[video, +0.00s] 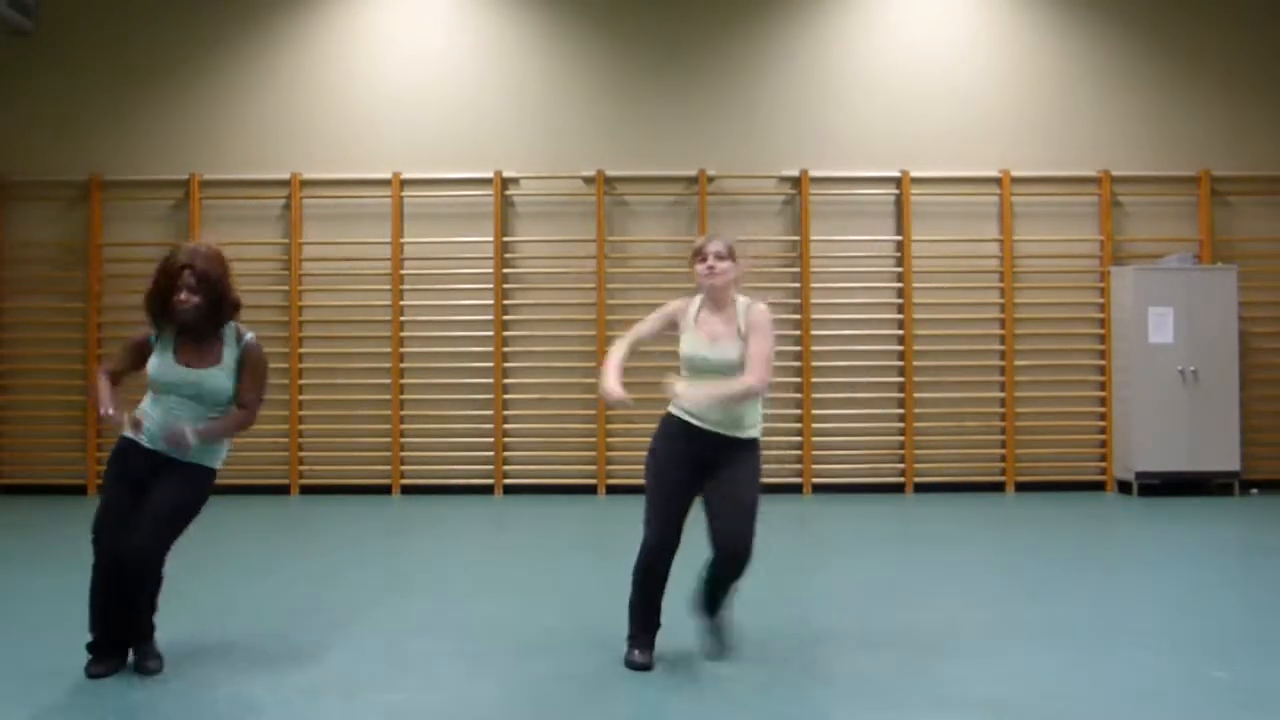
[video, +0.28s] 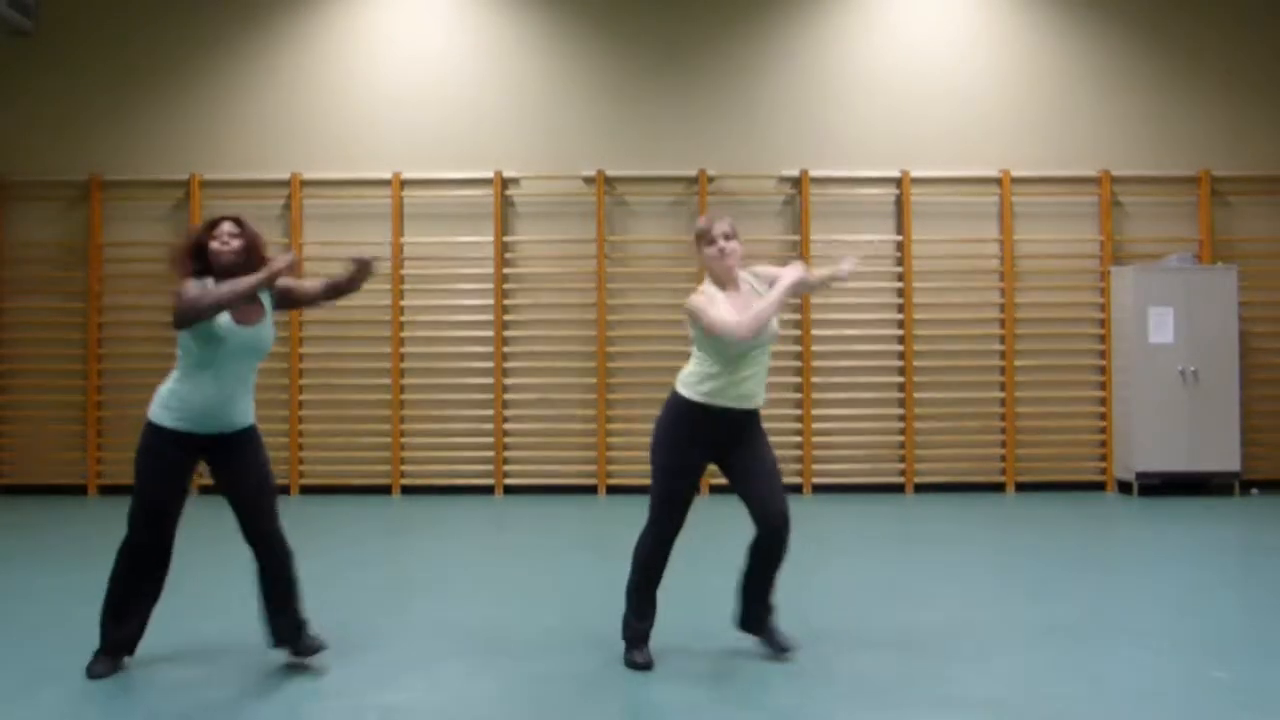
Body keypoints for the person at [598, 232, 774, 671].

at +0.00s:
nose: (710, 265)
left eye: (720, 258)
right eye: (703, 259)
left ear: (736, 267)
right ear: (694, 269)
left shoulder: (755, 313)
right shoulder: (683, 310)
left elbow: (757, 381)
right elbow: (629, 338)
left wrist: (697, 393)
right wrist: (610, 374)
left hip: (736, 448)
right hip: (680, 438)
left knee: (735, 550)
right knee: (659, 544)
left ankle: (710, 606)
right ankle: (641, 638)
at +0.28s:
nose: (723, 247)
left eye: (729, 238)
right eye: (712, 242)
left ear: (741, 244)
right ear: (701, 255)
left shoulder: (760, 278)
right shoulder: (701, 300)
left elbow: (798, 280)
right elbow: (740, 329)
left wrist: (831, 274)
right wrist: (785, 286)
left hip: (741, 425)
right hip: (689, 422)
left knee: (775, 522)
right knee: (662, 528)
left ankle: (755, 618)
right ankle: (636, 635)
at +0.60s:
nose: (785, 250)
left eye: (791, 241)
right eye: (775, 244)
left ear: (801, 246)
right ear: (761, 253)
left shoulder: (813, 288)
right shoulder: (761, 298)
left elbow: (854, 309)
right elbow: (790, 335)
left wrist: (899, 310)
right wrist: (847, 321)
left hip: (815, 423)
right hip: (769, 425)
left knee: (818, 532)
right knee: (781, 537)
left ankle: (810, 629)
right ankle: (714, 607)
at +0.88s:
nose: (834, 247)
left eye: (838, 239)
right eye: (823, 243)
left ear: (848, 243)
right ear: (808, 254)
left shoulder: (858, 285)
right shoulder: (815, 300)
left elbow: (885, 310)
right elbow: (865, 337)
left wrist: (902, 302)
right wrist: (894, 302)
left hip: (858, 421)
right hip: (813, 423)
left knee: (919, 503)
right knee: (807, 526)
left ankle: (918, 606)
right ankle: (766, 622)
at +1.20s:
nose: (896, 263)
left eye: (900, 255)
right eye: (884, 260)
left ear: (912, 260)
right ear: (872, 273)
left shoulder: (932, 292)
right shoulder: (880, 320)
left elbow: (980, 282)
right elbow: (949, 321)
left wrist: (1027, 250)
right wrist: (997, 273)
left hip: (949, 429)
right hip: (898, 437)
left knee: (978, 533)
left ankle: (983, 631)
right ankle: (826, 597)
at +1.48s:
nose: (926, 262)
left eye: (933, 255)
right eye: (916, 255)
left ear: (944, 264)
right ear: (902, 265)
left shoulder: (965, 314)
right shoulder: (886, 303)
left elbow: (971, 383)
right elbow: (824, 326)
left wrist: (908, 400)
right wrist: (846, 370)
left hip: (964, 429)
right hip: (908, 433)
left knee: (979, 532)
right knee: (914, 534)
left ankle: (987, 630)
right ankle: (919, 616)